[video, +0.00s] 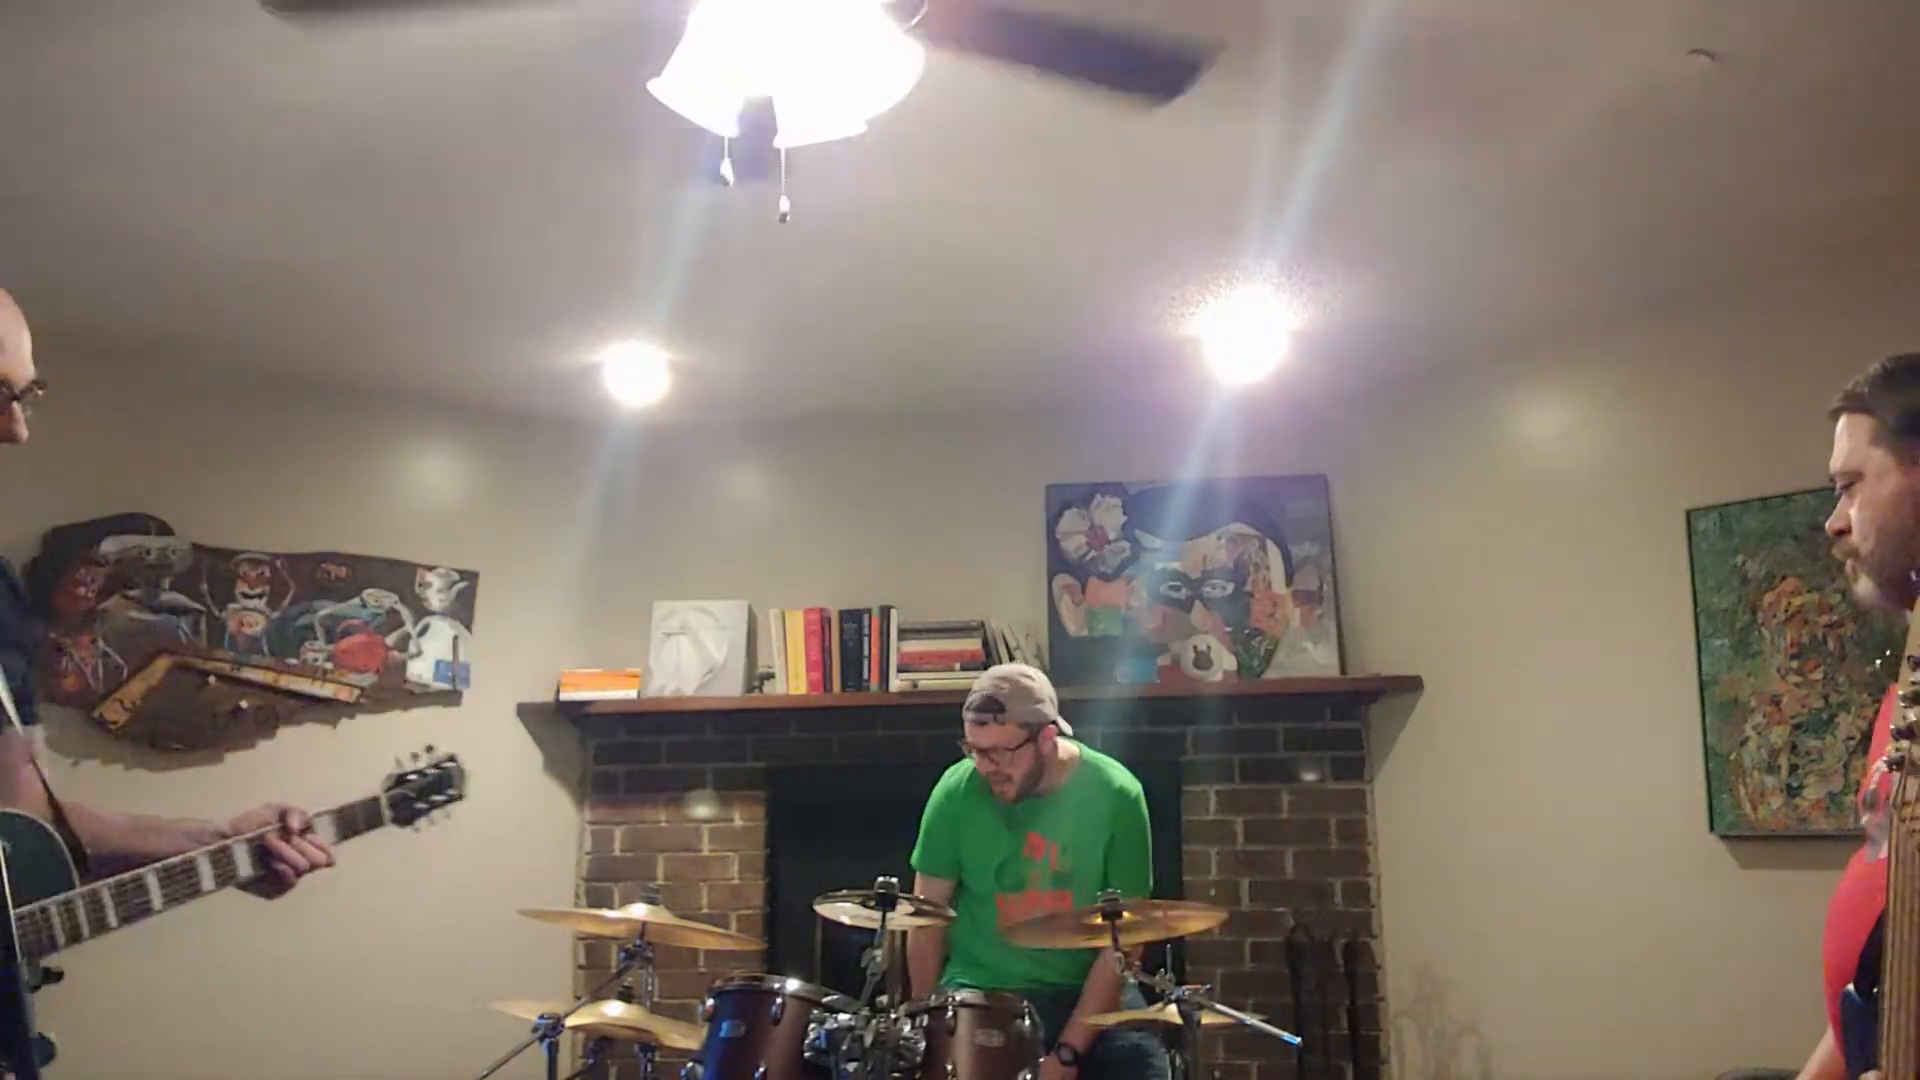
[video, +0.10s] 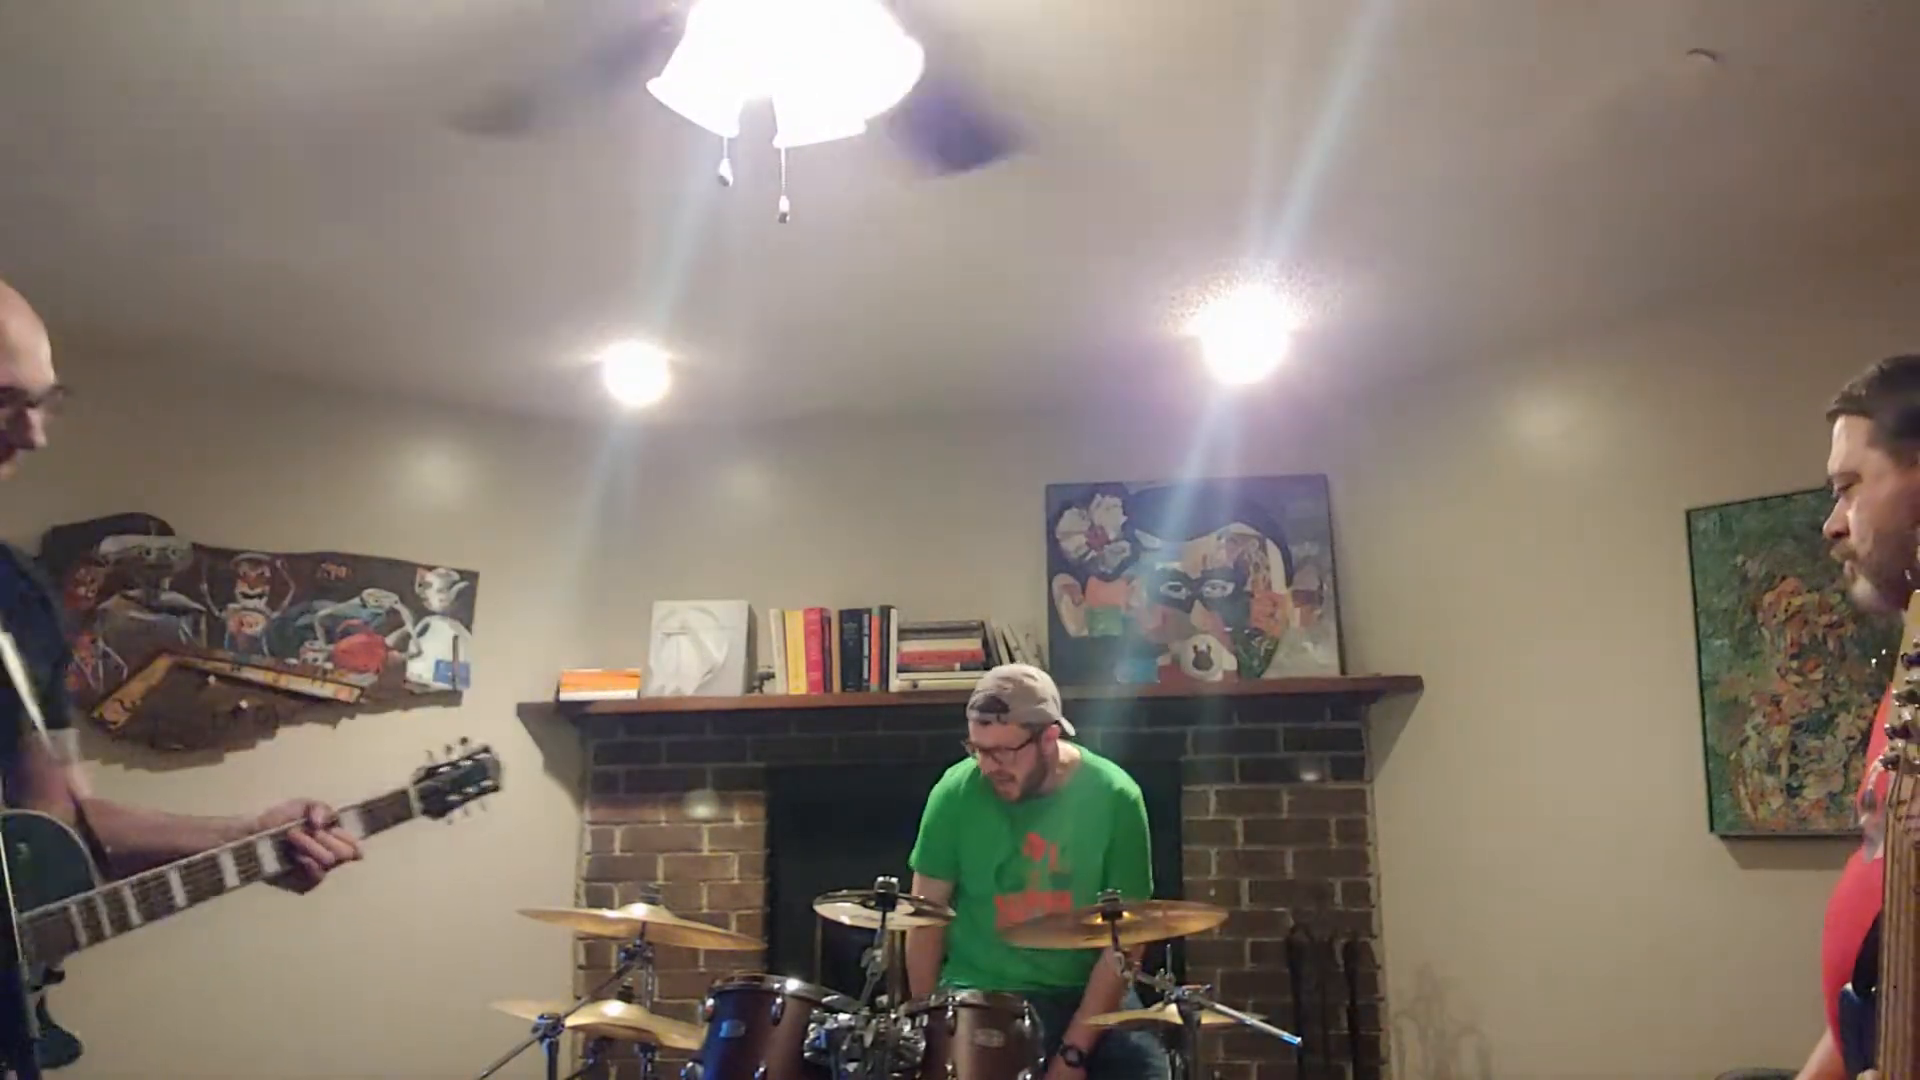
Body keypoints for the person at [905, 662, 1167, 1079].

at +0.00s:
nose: (984, 768)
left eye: (997, 754)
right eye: (975, 752)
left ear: (1047, 738)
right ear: (966, 742)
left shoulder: (1115, 796)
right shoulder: (956, 792)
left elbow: (1126, 937)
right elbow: (926, 917)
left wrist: (1066, 1053)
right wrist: (925, 1029)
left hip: (1085, 991)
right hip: (980, 990)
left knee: (1142, 1064)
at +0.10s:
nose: (988, 767)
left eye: (1003, 753)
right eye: (979, 752)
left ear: (1050, 737)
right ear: (970, 741)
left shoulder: (1114, 798)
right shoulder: (955, 794)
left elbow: (1128, 936)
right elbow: (925, 916)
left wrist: (1072, 1052)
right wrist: (924, 1027)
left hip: (1085, 996)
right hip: (979, 995)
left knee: (1146, 1066)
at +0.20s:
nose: (992, 770)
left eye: (1006, 755)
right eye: (983, 754)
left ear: (1054, 741)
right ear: (974, 743)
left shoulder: (1114, 806)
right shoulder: (955, 800)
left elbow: (1127, 941)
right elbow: (918, 919)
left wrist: (1080, 1060)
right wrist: (911, 1033)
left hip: (1082, 1006)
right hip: (976, 1005)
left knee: (1148, 1067)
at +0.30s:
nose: (994, 781)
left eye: (1008, 765)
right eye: (986, 764)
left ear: (1056, 752)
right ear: (976, 753)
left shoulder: (1114, 819)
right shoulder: (954, 812)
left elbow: (1128, 953)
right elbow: (908, 929)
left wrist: (1078, 1060)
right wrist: (901, 1039)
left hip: (1079, 1021)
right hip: (972, 1021)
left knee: (1147, 1069)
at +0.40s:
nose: (992, 801)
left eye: (1006, 786)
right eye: (984, 784)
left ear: (1052, 771)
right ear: (974, 770)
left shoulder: (1111, 836)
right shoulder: (953, 831)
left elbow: (1136, 962)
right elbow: (901, 934)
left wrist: (1082, 1062)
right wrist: (886, 1036)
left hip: (1077, 1031)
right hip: (970, 1029)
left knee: (1147, 1072)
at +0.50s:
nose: (988, 817)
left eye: (1001, 802)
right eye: (979, 802)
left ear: (1046, 788)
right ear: (969, 791)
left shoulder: (1105, 852)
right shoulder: (951, 850)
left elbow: (1134, 977)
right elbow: (895, 964)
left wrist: (1077, 1061)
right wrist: (877, 1048)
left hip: (1081, 1037)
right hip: (975, 1037)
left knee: (1147, 1076)